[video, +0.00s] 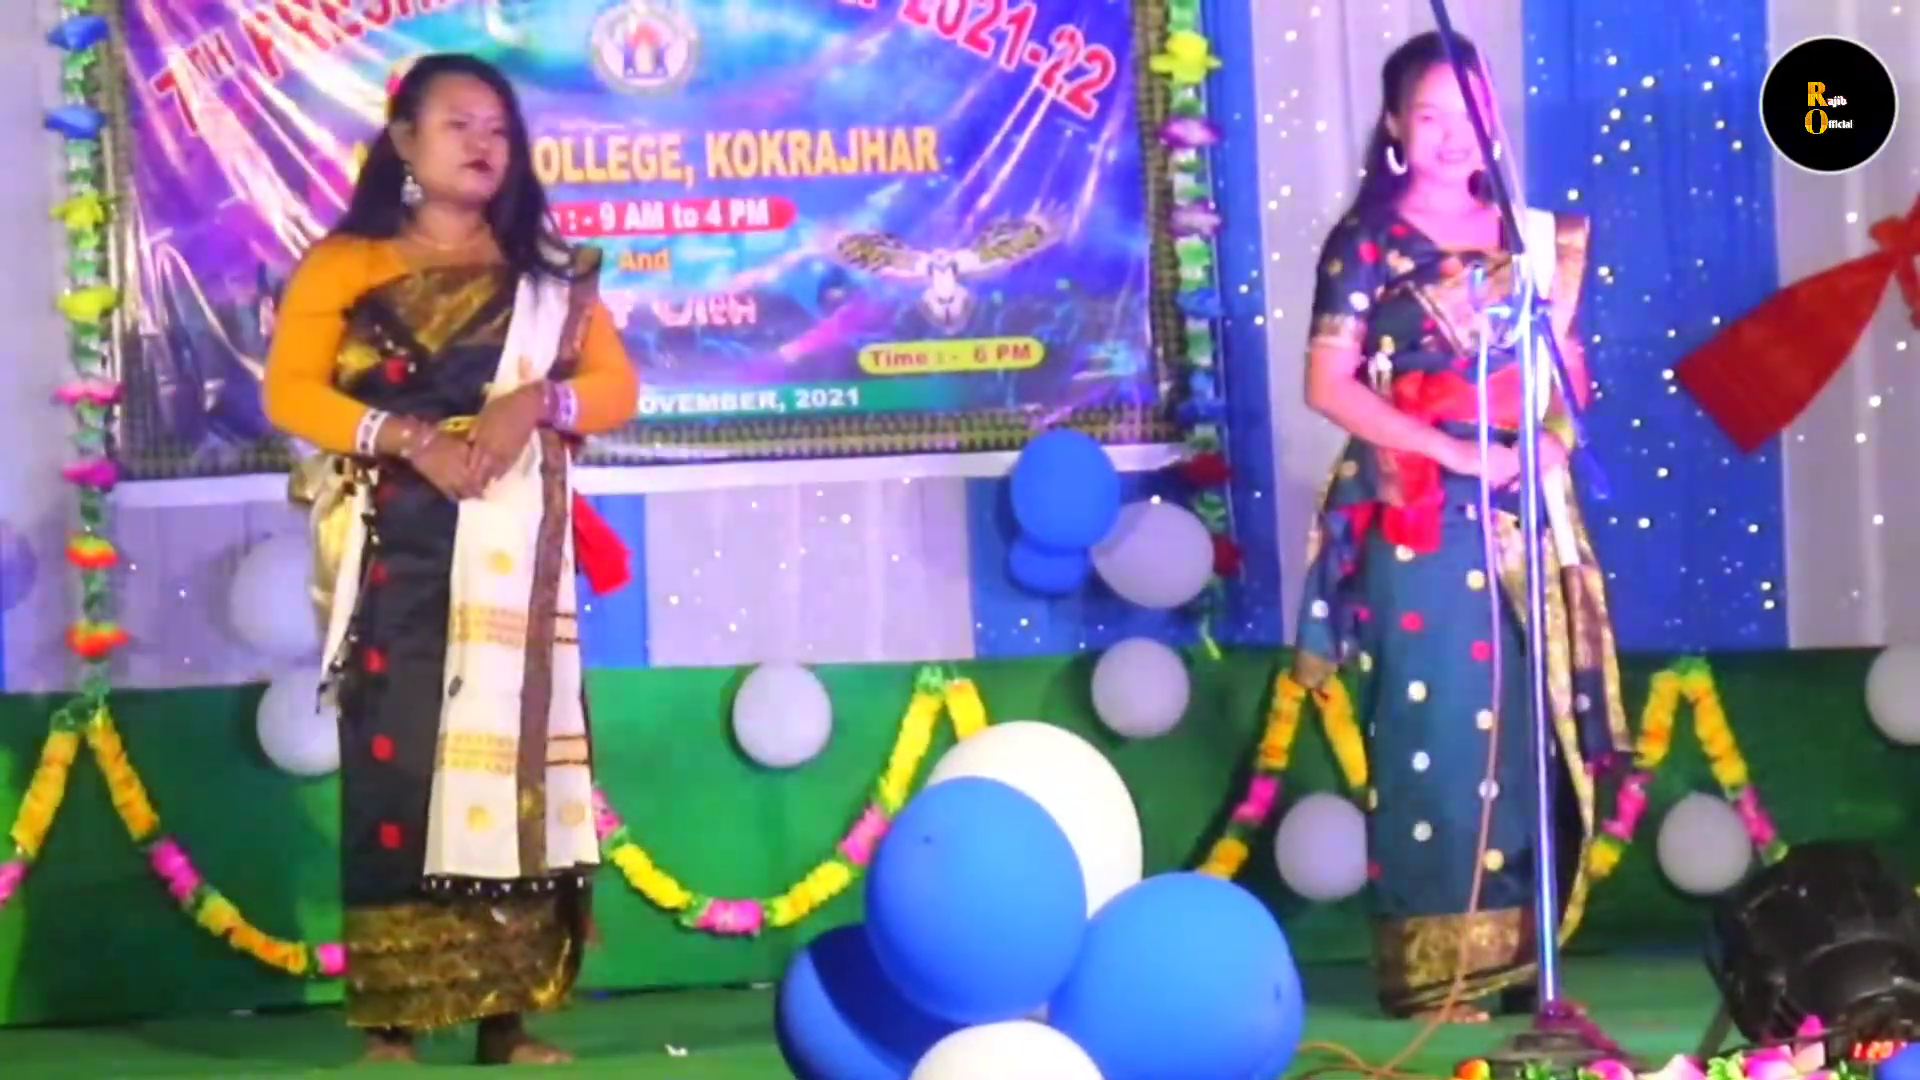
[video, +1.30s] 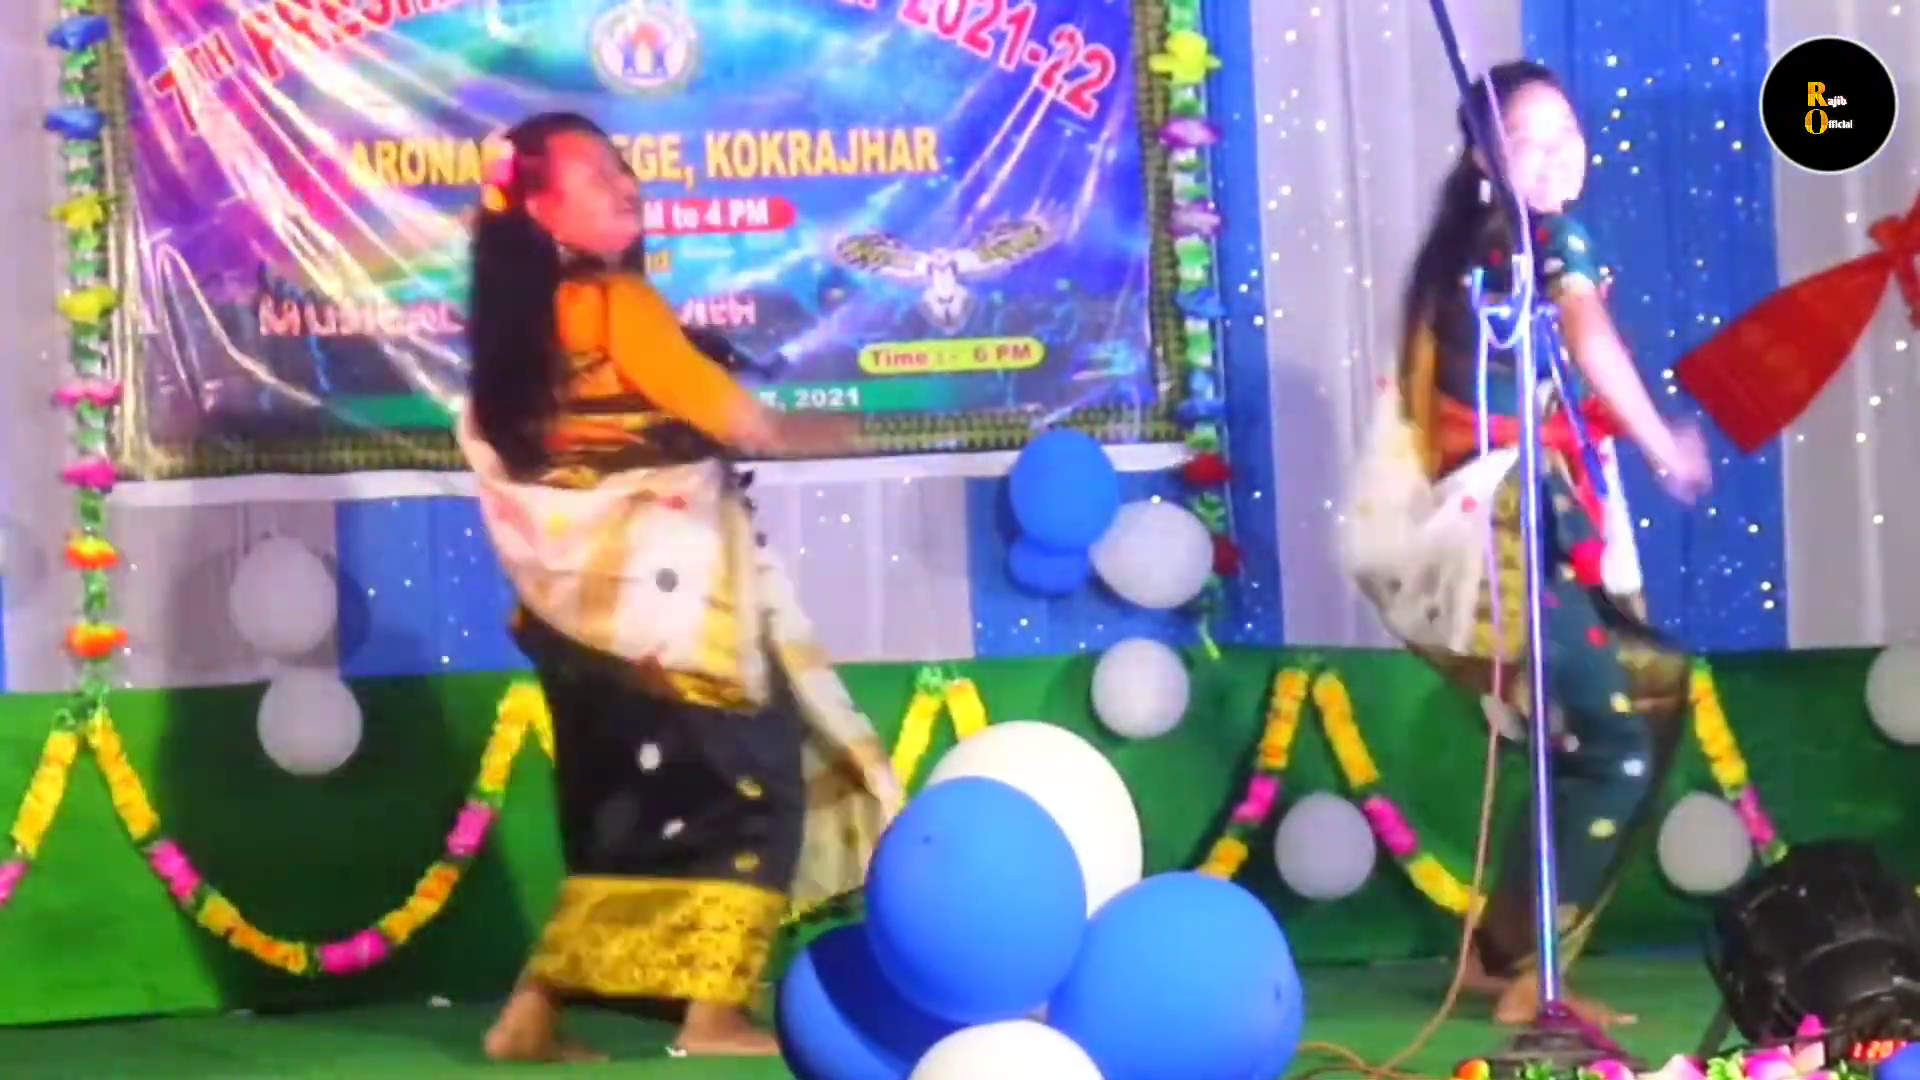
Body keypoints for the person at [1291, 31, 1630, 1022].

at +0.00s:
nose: (1452, 134)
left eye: (1467, 116)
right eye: (1432, 116)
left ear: (1490, 124)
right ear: (1398, 126)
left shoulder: (1525, 234)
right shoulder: (1366, 242)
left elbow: (1560, 391)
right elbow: (1328, 385)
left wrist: (1561, 308)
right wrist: (1457, 451)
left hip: (1529, 515)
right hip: (1426, 520)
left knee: (1538, 729)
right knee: (1440, 730)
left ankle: (1530, 967)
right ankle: (1438, 968)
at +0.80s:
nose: (1466, 131)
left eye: (1481, 111)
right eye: (1446, 112)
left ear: (1504, 119)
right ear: (1413, 125)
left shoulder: (1520, 234)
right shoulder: (1401, 235)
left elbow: (1548, 372)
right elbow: (1367, 385)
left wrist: (1550, 434)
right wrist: (1478, 459)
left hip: (1516, 512)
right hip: (1432, 515)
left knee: (1520, 727)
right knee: (1438, 729)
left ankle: (1512, 955)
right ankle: (1428, 963)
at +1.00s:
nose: (1503, 139)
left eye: (1510, 119)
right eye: (1478, 125)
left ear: (1530, 129)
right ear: (1441, 145)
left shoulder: (1525, 248)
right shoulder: (1448, 244)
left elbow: (1536, 390)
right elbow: (1441, 391)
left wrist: (1609, 446)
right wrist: (1549, 435)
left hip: (1513, 529)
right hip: (1460, 531)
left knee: (1563, 727)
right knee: (1554, 727)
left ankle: (1451, 907)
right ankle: (1477, 929)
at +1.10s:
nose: (1524, 113)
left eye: (1529, 93)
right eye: (1502, 101)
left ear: (1541, 99)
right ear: (1459, 122)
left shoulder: (1535, 210)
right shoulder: (1457, 207)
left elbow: (1626, 332)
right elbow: (1491, 330)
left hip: (1544, 505)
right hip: (1480, 508)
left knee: (1536, 712)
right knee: (1571, 699)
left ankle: (1496, 944)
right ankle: (1487, 930)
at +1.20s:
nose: (1539, 129)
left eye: (1543, 109)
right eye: (1516, 114)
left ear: (1551, 113)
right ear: (1469, 130)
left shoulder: (1522, 226)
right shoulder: (1462, 228)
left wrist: (1596, 296)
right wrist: (1593, 306)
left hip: (1549, 531)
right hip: (1495, 542)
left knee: (1567, 739)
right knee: (1564, 740)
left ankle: (1513, 959)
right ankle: (1502, 964)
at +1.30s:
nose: (1570, 156)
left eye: (1570, 137)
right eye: (1548, 142)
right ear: (1501, 155)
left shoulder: (1453, 255)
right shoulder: (1541, 240)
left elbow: (1423, 419)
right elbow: (1592, 348)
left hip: (1453, 563)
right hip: (1505, 564)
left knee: (1579, 739)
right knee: (1616, 752)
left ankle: (1500, 943)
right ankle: (1531, 983)